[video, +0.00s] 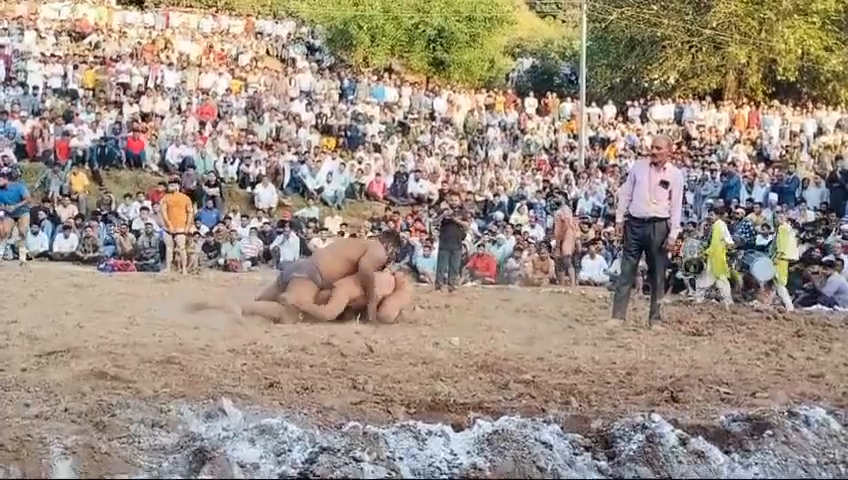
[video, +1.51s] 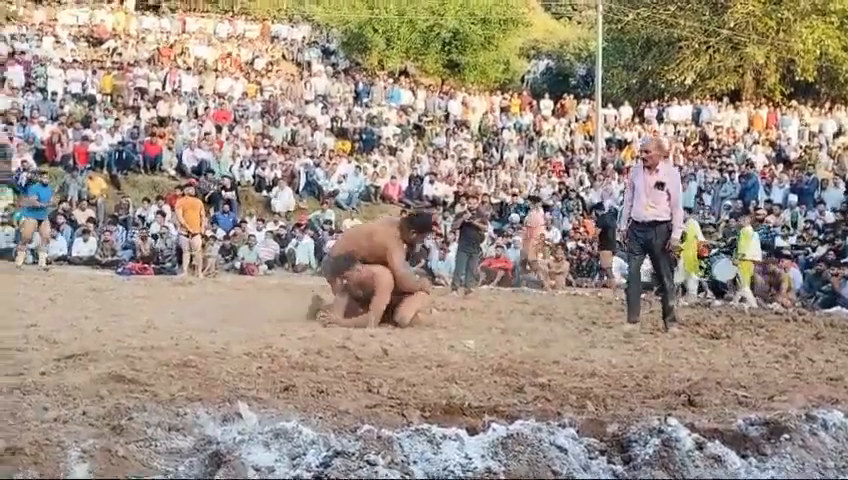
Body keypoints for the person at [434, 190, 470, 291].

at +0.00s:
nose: (454, 202)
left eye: (456, 200)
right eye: (451, 200)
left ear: (460, 201)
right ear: (448, 201)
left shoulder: (463, 212)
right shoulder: (443, 211)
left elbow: (468, 225)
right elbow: (435, 222)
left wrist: (455, 219)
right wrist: (443, 216)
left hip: (457, 241)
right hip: (444, 240)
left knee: (455, 266)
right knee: (442, 265)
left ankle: (452, 285)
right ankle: (439, 284)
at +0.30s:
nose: (456, 200)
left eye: (458, 198)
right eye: (454, 198)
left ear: (462, 199)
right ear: (451, 199)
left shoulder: (466, 211)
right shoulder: (445, 209)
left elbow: (470, 223)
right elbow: (438, 221)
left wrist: (457, 217)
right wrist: (445, 214)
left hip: (459, 240)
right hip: (446, 239)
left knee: (456, 265)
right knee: (444, 264)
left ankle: (453, 284)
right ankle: (441, 283)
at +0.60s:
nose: (458, 200)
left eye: (460, 198)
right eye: (456, 197)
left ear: (464, 198)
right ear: (453, 198)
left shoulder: (468, 210)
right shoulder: (447, 209)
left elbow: (471, 222)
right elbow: (440, 221)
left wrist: (460, 217)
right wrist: (447, 213)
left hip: (462, 239)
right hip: (449, 238)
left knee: (458, 264)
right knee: (445, 263)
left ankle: (454, 284)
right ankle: (441, 283)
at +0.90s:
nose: (459, 200)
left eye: (462, 198)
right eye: (458, 197)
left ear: (465, 198)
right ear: (454, 198)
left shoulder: (469, 211)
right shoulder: (449, 209)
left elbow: (473, 222)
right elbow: (441, 222)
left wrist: (462, 217)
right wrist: (449, 214)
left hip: (463, 240)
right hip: (451, 238)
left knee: (459, 265)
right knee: (447, 263)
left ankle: (455, 284)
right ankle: (442, 283)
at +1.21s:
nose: (461, 201)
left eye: (463, 199)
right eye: (459, 199)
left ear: (467, 200)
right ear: (456, 199)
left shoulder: (470, 212)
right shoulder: (450, 211)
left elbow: (474, 224)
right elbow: (442, 223)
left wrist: (463, 219)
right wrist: (451, 215)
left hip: (464, 243)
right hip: (452, 241)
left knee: (460, 267)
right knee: (448, 265)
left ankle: (456, 286)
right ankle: (443, 285)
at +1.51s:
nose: (472, 205)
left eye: (474, 203)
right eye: (470, 203)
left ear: (477, 204)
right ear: (466, 203)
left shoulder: (481, 216)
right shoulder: (461, 215)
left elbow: (485, 228)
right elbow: (454, 227)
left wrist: (474, 222)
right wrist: (463, 218)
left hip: (475, 246)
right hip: (463, 245)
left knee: (472, 269)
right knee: (459, 268)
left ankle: (469, 288)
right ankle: (455, 287)